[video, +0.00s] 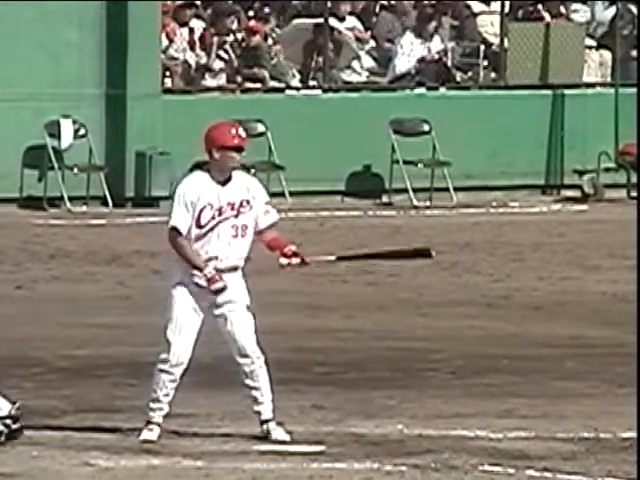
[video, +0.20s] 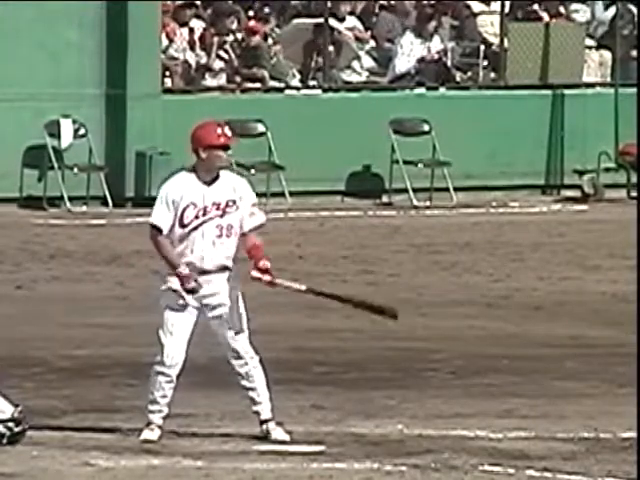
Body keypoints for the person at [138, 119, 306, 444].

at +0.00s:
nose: (238, 155)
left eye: (239, 150)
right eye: (232, 150)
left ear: (239, 152)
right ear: (213, 153)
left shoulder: (248, 184)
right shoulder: (191, 186)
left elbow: (266, 229)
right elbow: (176, 235)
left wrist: (284, 249)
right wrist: (202, 267)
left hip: (232, 280)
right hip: (192, 280)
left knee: (248, 351)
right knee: (176, 354)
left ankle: (268, 420)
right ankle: (154, 421)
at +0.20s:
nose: (227, 154)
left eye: (227, 148)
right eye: (220, 149)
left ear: (222, 151)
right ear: (202, 152)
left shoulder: (237, 185)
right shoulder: (175, 187)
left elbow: (247, 231)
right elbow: (157, 233)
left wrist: (259, 259)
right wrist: (179, 269)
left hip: (222, 281)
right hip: (182, 281)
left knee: (242, 353)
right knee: (169, 358)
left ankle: (267, 421)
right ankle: (154, 421)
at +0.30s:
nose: (220, 153)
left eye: (221, 147)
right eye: (213, 148)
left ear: (220, 150)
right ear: (195, 152)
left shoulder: (232, 185)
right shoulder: (170, 186)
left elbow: (239, 235)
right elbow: (149, 229)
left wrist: (239, 270)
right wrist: (167, 267)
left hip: (220, 278)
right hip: (180, 281)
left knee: (239, 351)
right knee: (167, 357)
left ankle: (267, 421)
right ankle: (154, 421)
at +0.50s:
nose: (217, 152)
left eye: (218, 146)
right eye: (211, 147)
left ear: (218, 149)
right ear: (193, 151)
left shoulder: (230, 184)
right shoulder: (167, 185)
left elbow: (229, 236)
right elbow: (149, 227)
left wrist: (206, 274)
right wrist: (162, 268)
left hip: (218, 276)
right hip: (180, 277)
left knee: (239, 349)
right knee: (168, 355)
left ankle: (267, 420)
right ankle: (155, 420)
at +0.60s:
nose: (221, 150)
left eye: (221, 145)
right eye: (213, 146)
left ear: (221, 148)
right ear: (195, 150)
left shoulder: (231, 184)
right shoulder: (168, 184)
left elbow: (229, 233)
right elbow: (152, 224)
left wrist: (197, 266)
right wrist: (162, 259)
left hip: (221, 279)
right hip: (180, 280)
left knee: (241, 351)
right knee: (169, 357)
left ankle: (267, 421)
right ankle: (155, 421)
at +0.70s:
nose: (222, 150)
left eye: (223, 145)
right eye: (215, 146)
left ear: (222, 147)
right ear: (196, 149)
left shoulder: (233, 183)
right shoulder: (169, 182)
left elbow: (227, 232)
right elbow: (154, 224)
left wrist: (193, 253)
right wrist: (162, 244)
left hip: (221, 277)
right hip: (184, 280)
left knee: (241, 351)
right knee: (169, 357)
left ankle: (267, 421)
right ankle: (154, 421)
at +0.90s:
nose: (222, 149)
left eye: (223, 144)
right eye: (215, 145)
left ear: (222, 147)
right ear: (197, 149)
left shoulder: (233, 182)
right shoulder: (171, 181)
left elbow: (231, 229)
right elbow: (152, 228)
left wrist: (197, 226)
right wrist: (165, 224)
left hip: (221, 275)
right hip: (182, 276)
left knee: (241, 350)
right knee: (170, 356)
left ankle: (268, 421)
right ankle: (154, 421)